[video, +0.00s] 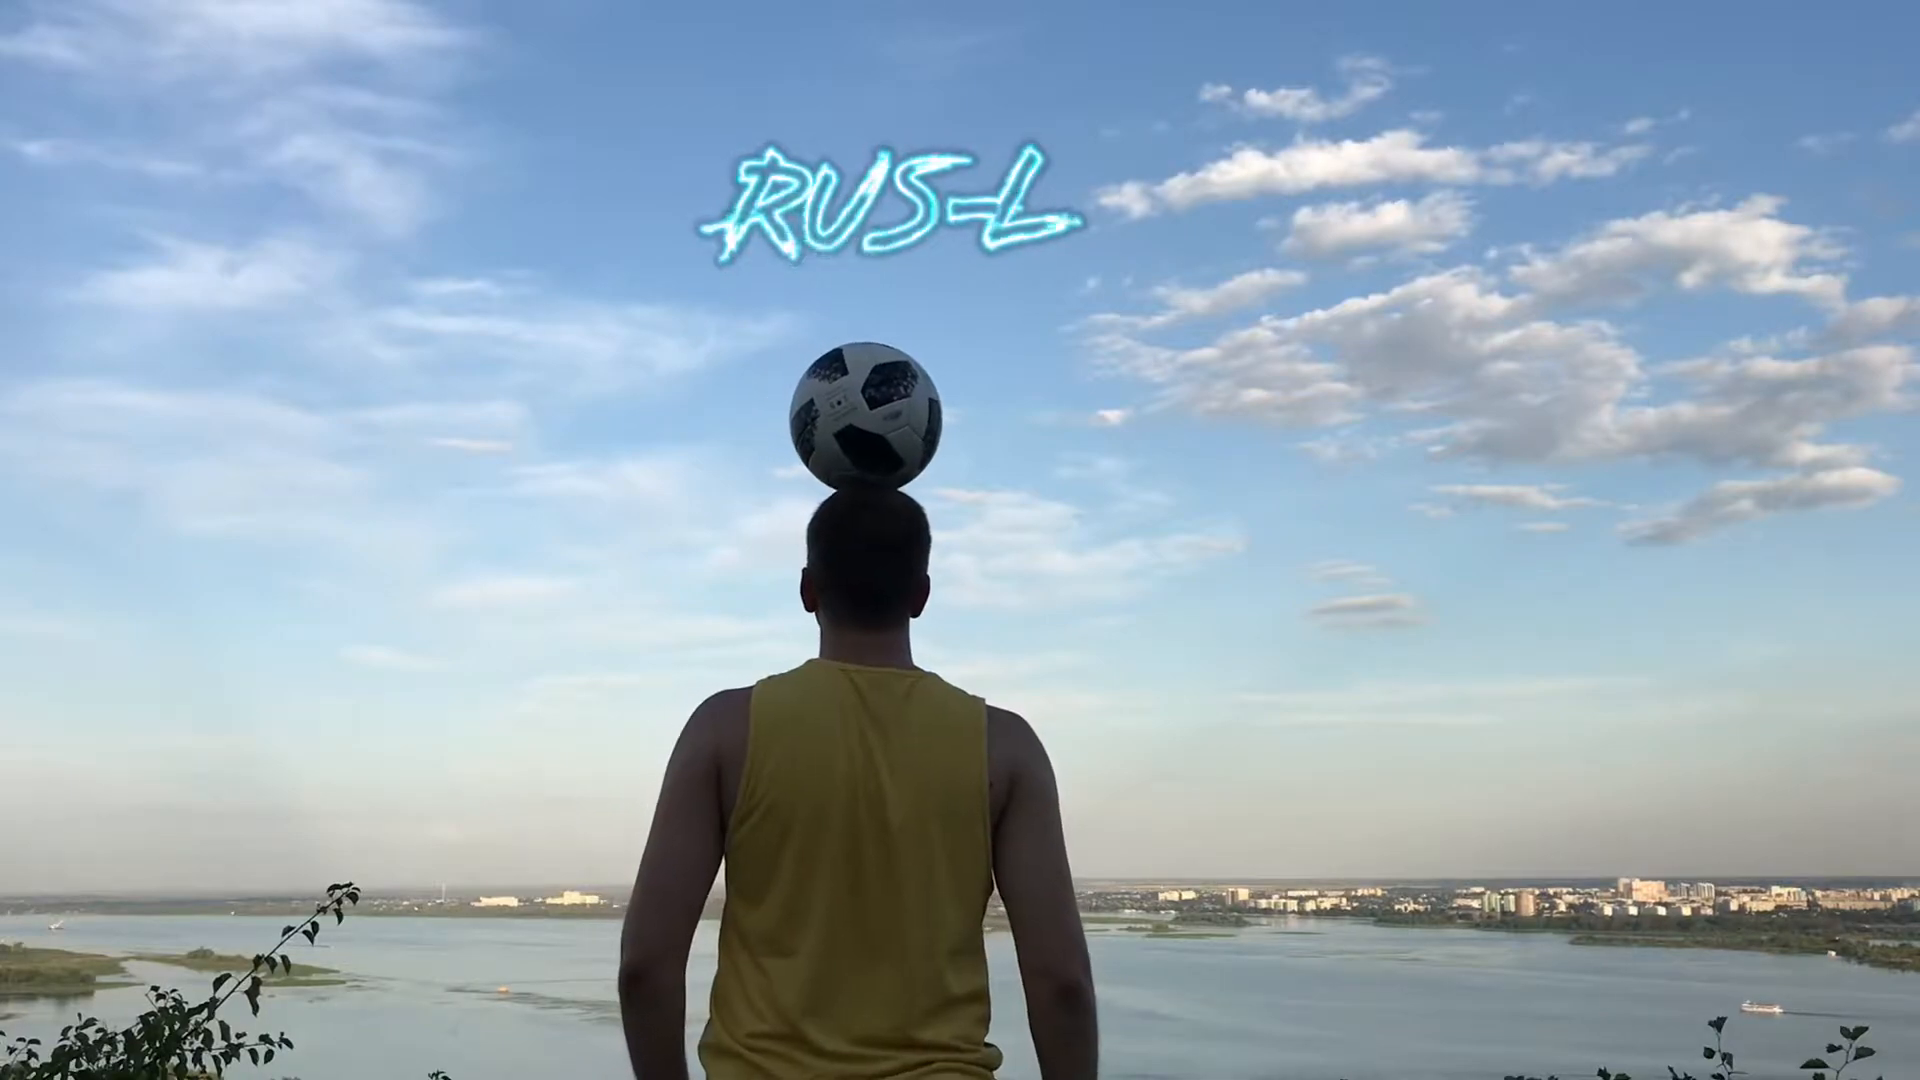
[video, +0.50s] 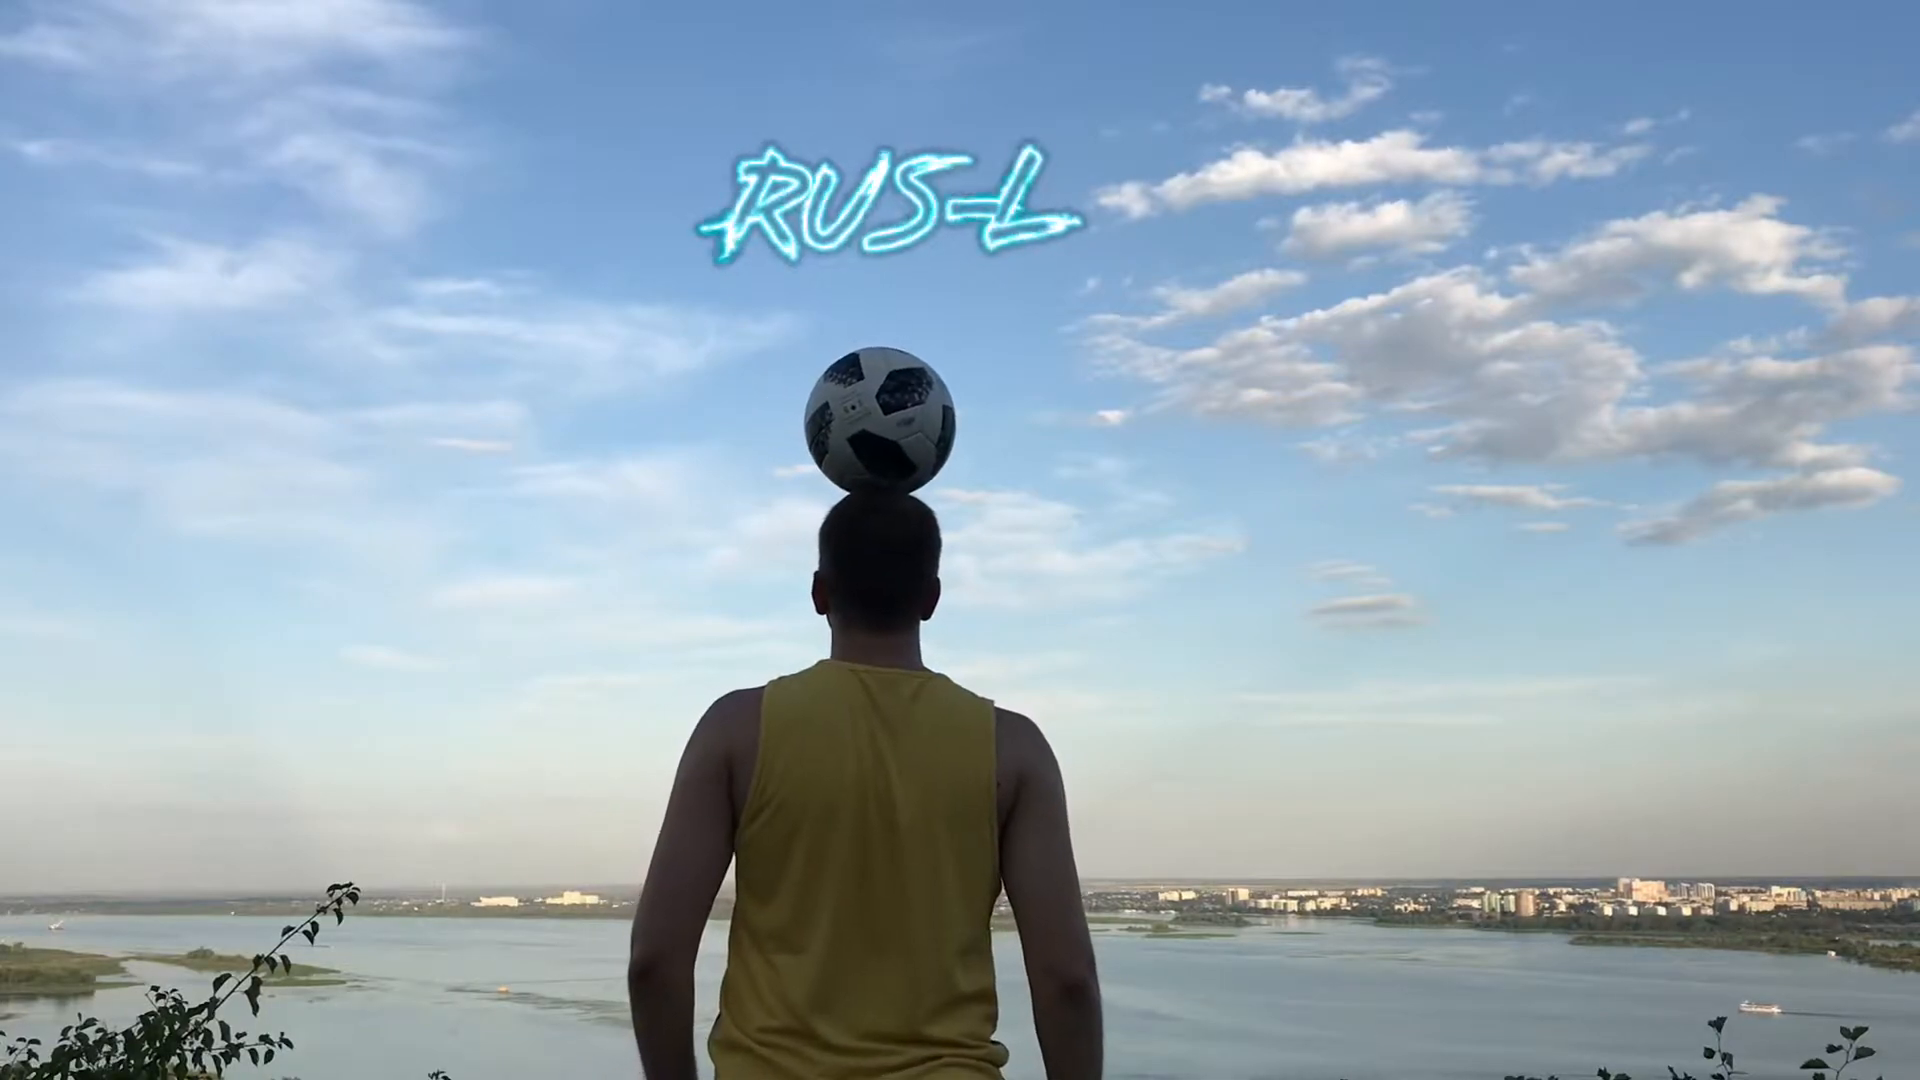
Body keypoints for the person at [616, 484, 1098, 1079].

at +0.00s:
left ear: (808, 589)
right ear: (923, 594)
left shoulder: (726, 726)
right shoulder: (1002, 742)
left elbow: (646, 967)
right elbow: (1063, 985)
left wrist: (666, 1072)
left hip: (761, 1060)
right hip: (943, 1062)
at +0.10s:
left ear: (810, 589)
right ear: (925, 594)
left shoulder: (729, 726)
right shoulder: (1004, 742)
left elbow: (649, 966)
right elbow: (1065, 984)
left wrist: (672, 1072)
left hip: (762, 1060)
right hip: (945, 1062)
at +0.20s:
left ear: (811, 589)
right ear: (927, 595)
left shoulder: (729, 727)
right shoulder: (1004, 742)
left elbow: (650, 966)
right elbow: (1065, 984)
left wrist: (672, 1072)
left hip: (763, 1060)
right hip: (945, 1062)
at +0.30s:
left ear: (813, 590)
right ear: (928, 596)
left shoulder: (731, 727)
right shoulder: (1005, 743)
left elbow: (650, 964)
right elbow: (1065, 984)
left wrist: (672, 1072)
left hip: (765, 1060)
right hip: (946, 1062)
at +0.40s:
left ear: (816, 591)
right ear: (932, 597)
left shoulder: (734, 727)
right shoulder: (1008, 743)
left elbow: (652, 964)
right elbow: (1067, 983)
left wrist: (672, 1072)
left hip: (768, 1060)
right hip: (948, 1062)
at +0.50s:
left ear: (818, 591)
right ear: (934, 597)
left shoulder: (737, 726)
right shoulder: (1011, 744)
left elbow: (655, 963)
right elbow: (1068, 983)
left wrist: (675, 1072)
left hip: (770, 1059)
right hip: (950, 1062)